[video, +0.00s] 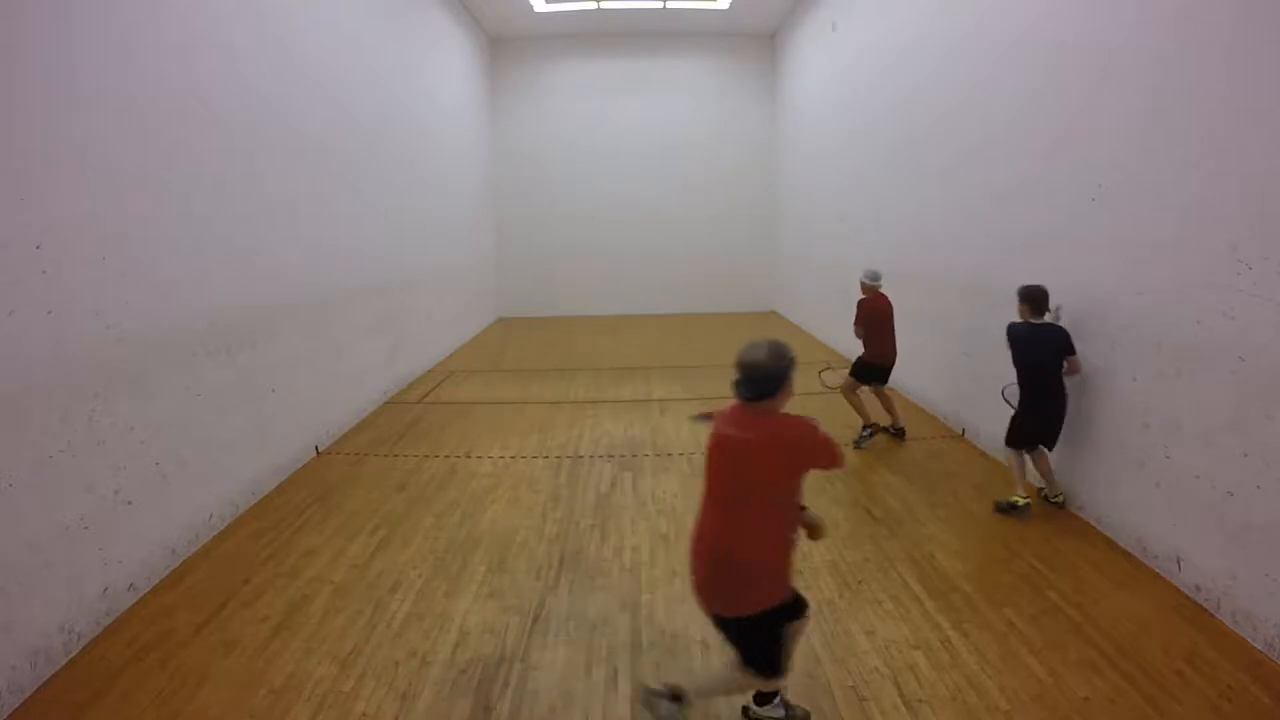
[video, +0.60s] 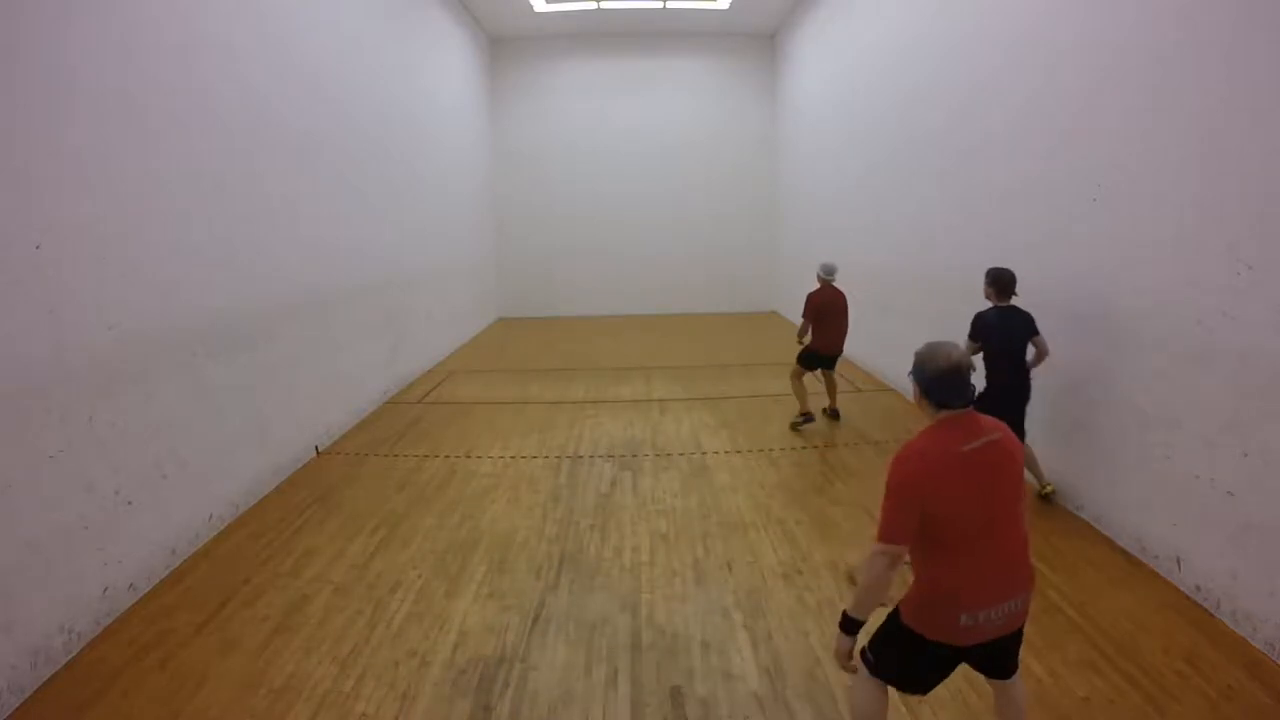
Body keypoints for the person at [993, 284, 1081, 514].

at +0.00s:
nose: (1017, 307)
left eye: (1019, 303)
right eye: (1018, 303)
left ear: (1025, 306)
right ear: (1045, 307)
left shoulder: (1014, 331)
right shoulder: (1059, 332)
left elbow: (1025, 356)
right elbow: (1074, 368)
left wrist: (1050, 323)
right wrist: (1055, 373)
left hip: (1030, 399)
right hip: (1055, 398)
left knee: (1014, 446)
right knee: (1034, 445)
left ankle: (1021, 495)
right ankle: (1054, 492)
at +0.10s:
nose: (1031, 300)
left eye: (1033, 297)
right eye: (1033, 296)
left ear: (1037, 300)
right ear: (1058, 300)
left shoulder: (1027, 324)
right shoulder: (1072, 327)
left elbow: (1044, 336)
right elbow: (1082, 364)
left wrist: (1062, 319)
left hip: (1038, 393)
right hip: (1065, 394)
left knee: (1020, 439)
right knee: (1042, 441)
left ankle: (1030, 488)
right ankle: (1054, 491)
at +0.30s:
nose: (1028, 294)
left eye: (1030, 291)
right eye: (1029, 290)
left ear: (1034, 294)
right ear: (1055, 295)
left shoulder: (1024, 317)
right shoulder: (1069, 323)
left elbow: (1042, 334)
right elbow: (1078, 362)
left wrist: (1059, 315)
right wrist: (1058, 356)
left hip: (1035, 392)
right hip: (1060, 393)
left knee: (1008, 434)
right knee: (1038, 435)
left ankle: (1024, 483)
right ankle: (1053, 489)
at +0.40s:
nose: (1015, 295)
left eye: (1017, 291)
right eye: (1017, 290)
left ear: (1022, 296)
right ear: (1043, 296)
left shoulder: (1012, 320)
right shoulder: (1056, 324)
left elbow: (1034, 335)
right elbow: (1073, 360)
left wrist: (1057, 320)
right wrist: (1058, 375)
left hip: (1026, 396)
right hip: (1051, 395)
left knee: (991, 434)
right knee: (1033, 437)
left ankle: (1008, 484)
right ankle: (1053, 490)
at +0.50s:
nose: (999, 294)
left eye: (1001, 290)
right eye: (1001, 290)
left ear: (1007, 295)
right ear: (1027, 295)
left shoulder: (997, 322)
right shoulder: (1040, 321)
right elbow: (1060, 355)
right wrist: (1045, 369)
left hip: (1012, 391)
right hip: (1037, 390)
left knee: (985, 432)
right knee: (1028, 441)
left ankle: (985, 483)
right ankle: (1050, 489)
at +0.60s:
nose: (983, 288)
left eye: (985, 285)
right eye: (984, 284)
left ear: (992, 290)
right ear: (1011, 290)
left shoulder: (983, 318)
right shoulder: (1024, 317)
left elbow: (970, 350)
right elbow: (1042, 350)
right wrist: (1030, 365)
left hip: (996, 387)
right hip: (1020, 386)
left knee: (972, 421)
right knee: (1016, 439)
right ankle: (1043, 483)